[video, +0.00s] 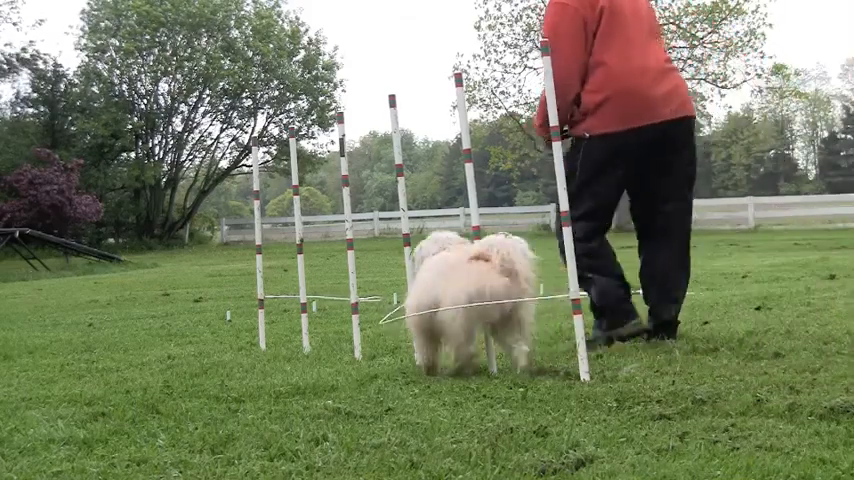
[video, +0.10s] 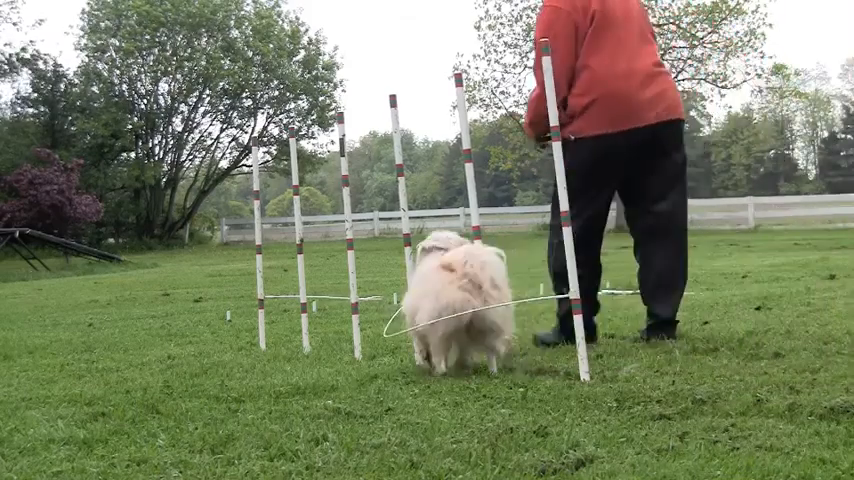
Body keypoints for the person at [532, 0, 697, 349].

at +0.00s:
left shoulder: (567, 4)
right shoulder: (637, 5)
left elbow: (565, 76)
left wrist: (546, 124)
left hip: (612, 116)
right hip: (673, 107)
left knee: (579, 227)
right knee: (665, 221)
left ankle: (616, 316)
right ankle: (665, 321)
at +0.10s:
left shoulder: (559, 6)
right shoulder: (630, 5)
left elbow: (552, 77)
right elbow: (640, 60)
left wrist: (536, 125)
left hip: (596, 116)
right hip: (660, 108)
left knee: (576, 225)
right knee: (660, 221)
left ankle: (575, 325)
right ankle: (663, 323)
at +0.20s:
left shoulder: (547, 11)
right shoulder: (617, 6)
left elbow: (539, 87)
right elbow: (626, 64)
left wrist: (526, 130)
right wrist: (553, 119)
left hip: (584, 128)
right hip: (646, 117)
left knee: (566, 231)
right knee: (646, 222)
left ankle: (545, 326)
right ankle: (659, 321)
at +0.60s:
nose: (485, 15)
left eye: (483, 9)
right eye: (481, 10)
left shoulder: (500, 27)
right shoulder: (573, 19)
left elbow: (489, 98)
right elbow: (599, 78)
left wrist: (481, 146)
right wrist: (600, 125)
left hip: (533, 138)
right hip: (596, 136)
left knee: (526, 235)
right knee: (576, 227)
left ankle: (538, 330)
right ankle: (594, 314)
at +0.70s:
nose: (480, 16)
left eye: (478, 9)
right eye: (476, 11)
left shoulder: (496, 28)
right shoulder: (567, 19)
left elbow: (488, 98)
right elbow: (593, 79)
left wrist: (480, 145)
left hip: (531, 137)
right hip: (591, 133)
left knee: (525, 235)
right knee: (570, 228)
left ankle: (539, 332)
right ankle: (582, 321)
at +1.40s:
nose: (479, 38)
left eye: (477, 31)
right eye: (475, 33)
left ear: (488, 16)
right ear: (514, 11)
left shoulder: (494, 45)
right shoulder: (558, 38)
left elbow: (485, 111)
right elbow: (579, 88)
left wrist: (483, 161)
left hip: (532, 146)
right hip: (588, 140)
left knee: (510, 232)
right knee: (576, 233)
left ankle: (526, 314)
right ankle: (578, 318)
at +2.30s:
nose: (359, 74)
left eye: (359, 68)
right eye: (357, 69)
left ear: (368, 59)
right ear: (394, 52)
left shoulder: (368, 82)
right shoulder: (430, 67)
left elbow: (361, 153)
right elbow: (460, 101)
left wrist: (342, 150)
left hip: (429, 152)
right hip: (481, 141)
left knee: (427, 241)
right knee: (486, 230)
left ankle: (430, 324)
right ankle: (525, 289)